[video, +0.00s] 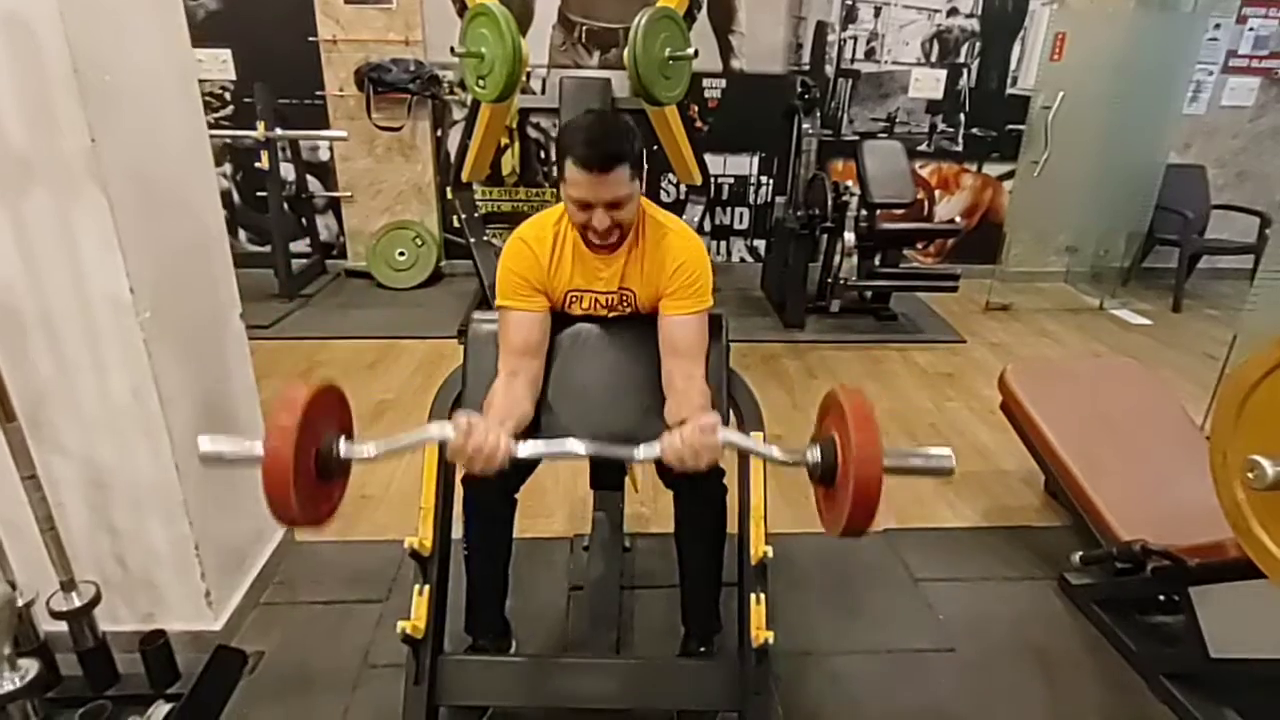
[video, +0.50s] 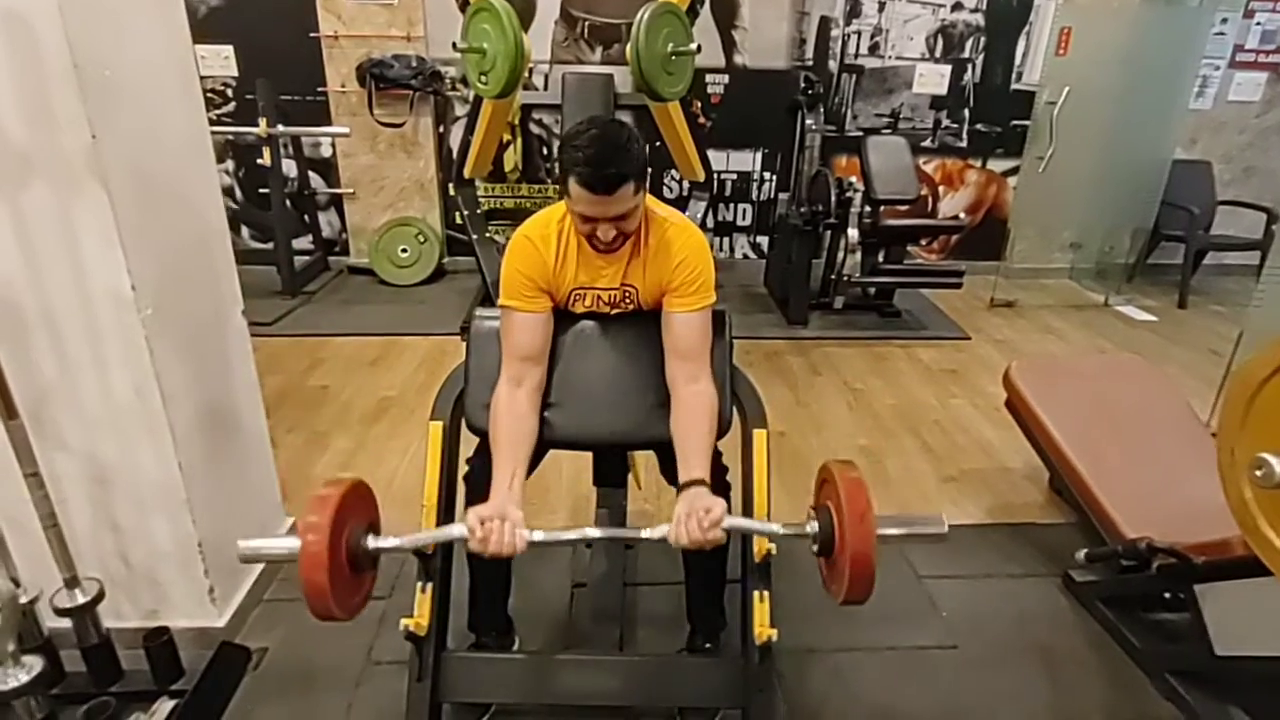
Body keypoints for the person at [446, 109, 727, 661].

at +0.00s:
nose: (600, 222)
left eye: (617, 204)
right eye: (583, 206)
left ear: (640, 184)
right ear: (562, 186)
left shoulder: (680, 251)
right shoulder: (530, 247)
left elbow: (686, 375)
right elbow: (516, 369)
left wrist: (693, 432)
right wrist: (494, 428)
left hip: (648, 391)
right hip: (556, 390)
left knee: (701, 469)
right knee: (486, 468)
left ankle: (701, 640)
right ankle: (486, 639)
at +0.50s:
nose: (603, 231)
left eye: (620, 217)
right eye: (587, 217)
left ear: (643, 190)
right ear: (566, 191)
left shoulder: (681, 246)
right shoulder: (533, 245)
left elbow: (690, 377)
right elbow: (518, 378)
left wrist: (695, 483)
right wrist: (505, 497)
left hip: (655, 375)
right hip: (556, 375)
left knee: (708, 486)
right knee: (483, 480)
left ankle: (706, 639)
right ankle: (491, 638)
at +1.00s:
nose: (616, 182)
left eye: (633, 165)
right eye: (599, 165)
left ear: (657, 167)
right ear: (578, 167)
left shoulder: (691, 241)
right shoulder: (546, 241)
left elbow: (705, 380)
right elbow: (530, 376)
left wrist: (704, 498)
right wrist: (519, 500)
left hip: (666, 356)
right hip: (570, 358)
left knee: (717, 474)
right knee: (498, 465)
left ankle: (717, 638)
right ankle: (505, 626)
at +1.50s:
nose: (620, 178)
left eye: (636, 162)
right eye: (602, 163)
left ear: (661, 167)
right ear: (581, 168)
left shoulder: (696, 241)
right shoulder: (553, 242)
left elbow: (710, 372)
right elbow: (536, 372)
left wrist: (711, 468)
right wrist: (518, 472)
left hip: (674, 367)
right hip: (577, 367)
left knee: (720, 477)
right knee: (508, 469)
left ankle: (723, 637)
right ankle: (511, 630)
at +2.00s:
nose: (617, 212)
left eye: (631, 194)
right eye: (600, 196)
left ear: (656, 183)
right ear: (577, 187)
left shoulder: (696, 249)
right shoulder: (551, 251)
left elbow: (710, 357)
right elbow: (544, 366)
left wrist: (712, 381)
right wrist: (516, 389)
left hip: (671, 392)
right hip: (579, 393)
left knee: (720, 475)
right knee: (508, 478)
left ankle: (725, 636)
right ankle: (514, 636)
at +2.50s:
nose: (617, 232)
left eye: (633, 216)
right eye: (600, 217)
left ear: (655, 197)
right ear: (580, 201)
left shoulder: (689, 248)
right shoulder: (555, 249)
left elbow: (708, 400)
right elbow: (542, 403)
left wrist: (710, 304)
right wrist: (526, 303)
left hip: (667, 380)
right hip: (576, 379)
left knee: (720, 479)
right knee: (507, 482)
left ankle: (723, 640)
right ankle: (513, 640)